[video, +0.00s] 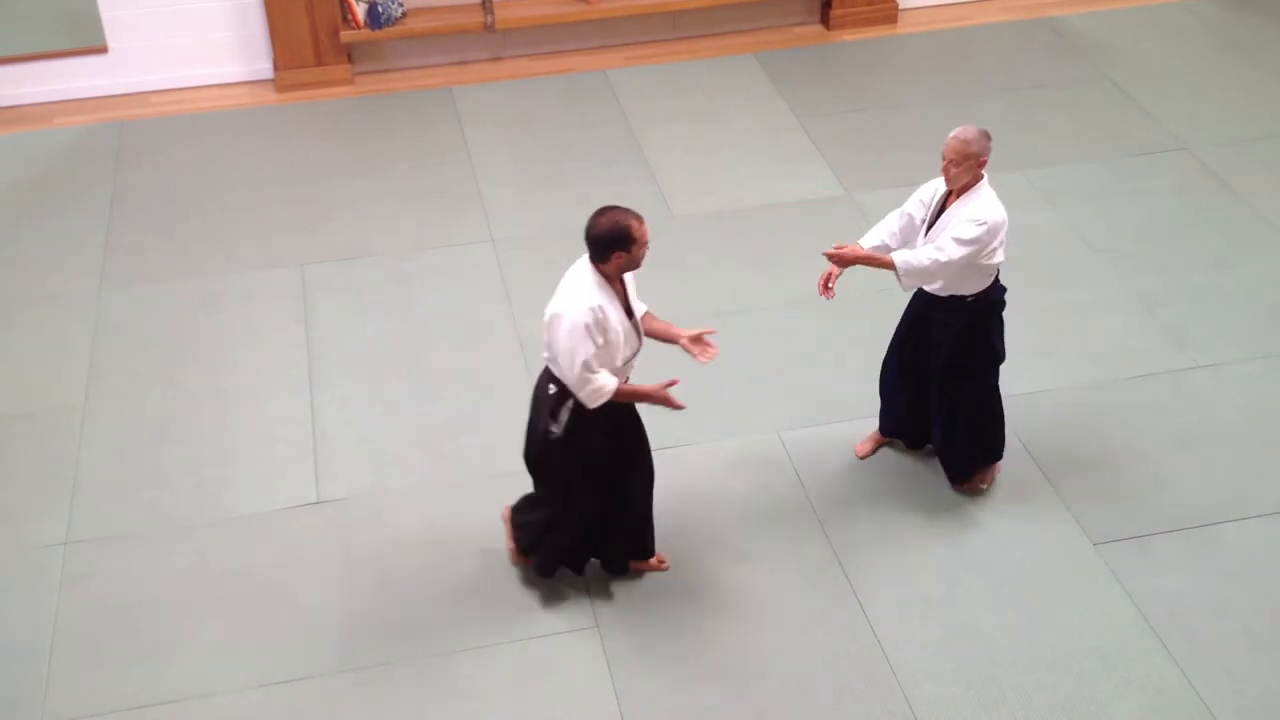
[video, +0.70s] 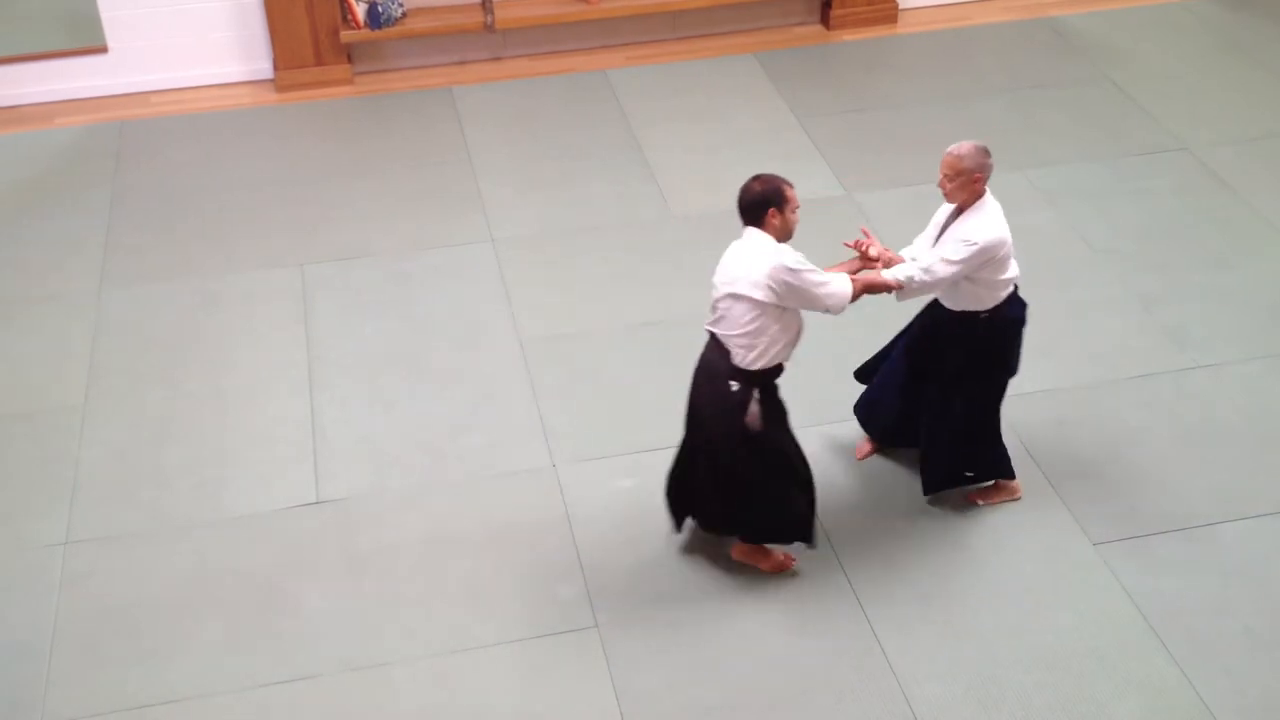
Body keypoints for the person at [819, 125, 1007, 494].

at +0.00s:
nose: (945, 169)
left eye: (954, 164)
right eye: (943, 160)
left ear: (981, 166)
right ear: (942, 155)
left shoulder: (986, 215)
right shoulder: (937, 190)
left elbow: (931, 261)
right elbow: (895, 226)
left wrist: (862, 258)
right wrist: (845, 263)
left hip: (972, 310)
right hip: (930, 300)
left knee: (970, 387)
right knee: (902, 366)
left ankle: (982, 460)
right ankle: (892, 428)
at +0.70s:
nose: (940, 184)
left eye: (949, 179)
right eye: (941, 176)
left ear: (978, 183)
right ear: (969, 181)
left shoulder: (986, 231)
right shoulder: (955, 206)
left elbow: (934, 272)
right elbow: (924, 249)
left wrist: (866, 283)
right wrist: (889, 258)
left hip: (990, 321)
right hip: (952, 309)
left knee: (973, 403)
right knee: (903, 368)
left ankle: (1005, 481)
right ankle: (886, 431)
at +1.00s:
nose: (999, 187)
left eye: (1006, 181)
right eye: (1001, 179)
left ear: (1031, 189)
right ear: (1033, 188)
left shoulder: (1020, 241)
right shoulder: (1049, 219)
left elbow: (966, 277)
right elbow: (995, 259)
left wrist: (917, 280)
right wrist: (952, 239)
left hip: (1030, 339)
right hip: (1059, 324)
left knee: (986, 396)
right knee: (1042, 399)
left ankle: (1005, 485)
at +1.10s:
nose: (1021, 182)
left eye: (1027, 176)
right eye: (1024, 174)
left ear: (1048, 186)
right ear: (1058, 186)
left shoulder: (1032, 240)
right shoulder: (1075, 222)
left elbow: (980, 270)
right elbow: (1015, 259)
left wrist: (936, 266)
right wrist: (979, 231)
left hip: (1042, 341)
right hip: (1084, 329)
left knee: (988, 387)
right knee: (1090, 397)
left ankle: (1004, 483)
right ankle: (1128, 466)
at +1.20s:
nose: (1046, 179)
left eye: (1050, 173)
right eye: (1049, 172)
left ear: (1065, 184)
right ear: (1089, 184)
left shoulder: (1044, 237)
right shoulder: (1103, 226)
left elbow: (994, 263)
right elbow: (1046, 251)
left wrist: (961, 257)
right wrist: (1009, 221)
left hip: (1052, 343)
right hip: (1101, 335)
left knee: (1004, 392)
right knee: (1100, 409)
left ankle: (1002, 482)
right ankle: (1122, 487)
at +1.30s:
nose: (1072, 179)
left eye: (1075, 174)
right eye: (1074, 173)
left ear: (1087, 184)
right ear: (1116, 185)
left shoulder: (1058, 234)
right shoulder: (1129, 230)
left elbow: (1014, 255)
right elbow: (1078, 242)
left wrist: (997, 245)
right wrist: (1044, 215)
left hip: (1063, 339)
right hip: (1118, 336)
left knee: (1018, 404)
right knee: (1116, 411)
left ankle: (1007, 485)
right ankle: (1124, 488)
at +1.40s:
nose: (1094, 177)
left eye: (1097, 172)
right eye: (1097, 171)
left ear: (1105, 182)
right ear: (1139, 187)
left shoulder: (1074, 231)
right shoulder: (1149, 232)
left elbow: (1038, 251)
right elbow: (1101, 241)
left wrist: (1031, 237)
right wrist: (1076, 208)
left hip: (1074, 336)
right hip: (1126, 336)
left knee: (1040, 404)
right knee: (1128, 412)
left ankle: (1015, 480)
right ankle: (1127, 493)